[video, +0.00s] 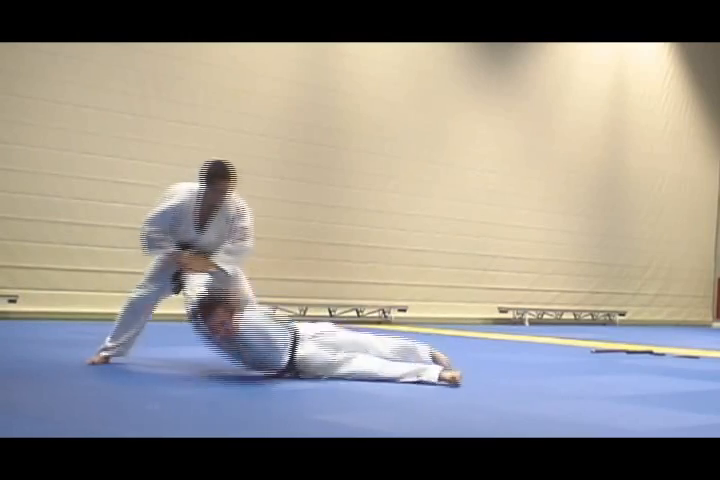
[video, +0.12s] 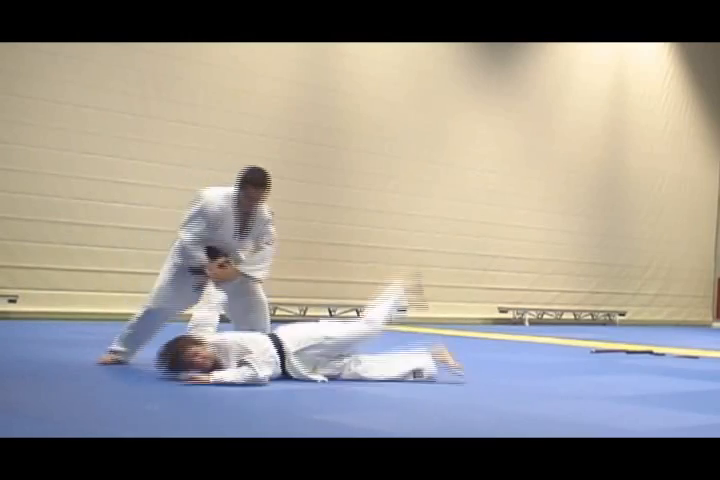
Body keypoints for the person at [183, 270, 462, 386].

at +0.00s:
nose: (219, 327)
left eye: (222, 319)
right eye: (211, 323)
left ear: (231, 312)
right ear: (205, 325)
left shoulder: (251, 322)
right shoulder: (218, 339)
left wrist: (238, 325)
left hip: (308, 340)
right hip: (298, 360)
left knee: (369, 345)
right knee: (365, 366)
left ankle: (428, 356)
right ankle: (431, 373)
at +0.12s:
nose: (202, 363)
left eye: (198, 357)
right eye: (194, 364)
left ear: (202, 344)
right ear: (191, 366)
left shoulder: (231, 343)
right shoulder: (213, 357)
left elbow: (262, 372)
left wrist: (216, 376)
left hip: (294, 342)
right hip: (296, 366)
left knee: (369, 329)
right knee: (363, 368)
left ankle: (396, 288)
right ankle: (431, 359)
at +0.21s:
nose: (192, 368)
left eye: (190, 362)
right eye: (184, 371)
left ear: (194, 349)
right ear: (179, 374)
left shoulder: (221, 350)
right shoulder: (201, 342)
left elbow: (258, 374)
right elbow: (208, 314)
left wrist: (212, 378)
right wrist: (218, 281)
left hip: (288, 341)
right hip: (293, 366)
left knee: (365, 311)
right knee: (362, 366)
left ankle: (396, 261)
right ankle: (401, 335)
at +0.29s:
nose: (190, 373)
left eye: (186, 368)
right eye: (182, 374)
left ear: (190, 353)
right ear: (180, 371)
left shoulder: (218, 351)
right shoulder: (199, 346)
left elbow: (257, 377)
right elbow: (209, 308)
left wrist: (211, 379)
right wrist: (218, 274)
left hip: (287, 341)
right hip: (291, 366)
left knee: (360, 309)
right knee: (363, 365)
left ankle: (405, 261)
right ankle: (372, 320)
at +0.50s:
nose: (189, 375)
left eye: (185, 370)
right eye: (181, 374)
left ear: (189, 356)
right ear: (182, 359)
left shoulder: (217, 353)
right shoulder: (200, 351)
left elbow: (259, 375)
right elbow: (173, 355)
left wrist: (210, 380)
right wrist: (155, 368)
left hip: (282, 342)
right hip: (280, 355)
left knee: (311, 374)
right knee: (357, 363)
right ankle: (355, 320)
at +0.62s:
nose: (190, 372)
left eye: (188, 366)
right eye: (183, 373)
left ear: (190, 355)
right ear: (177, 374)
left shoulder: (216, 352)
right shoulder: (199, 356)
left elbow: (260, 376)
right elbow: (173, 359)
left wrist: (212, 378)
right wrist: (156, 368)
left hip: (282, 342)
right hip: (279, 356)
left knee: (314, 373)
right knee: (335, 360)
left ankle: (392, 370)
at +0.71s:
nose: (192, 373)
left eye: (189, 366)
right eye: (184, 373)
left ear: (192, 354)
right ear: (179, 373)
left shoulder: (218, 347)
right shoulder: (204, 356)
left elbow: (260, 375)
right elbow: (175, 360)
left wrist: (215, 377)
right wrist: (157, 369)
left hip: (282, 340)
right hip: (280, 353)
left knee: (315, 372)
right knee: (344, 364)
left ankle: (400, 375)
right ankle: (422, 370)